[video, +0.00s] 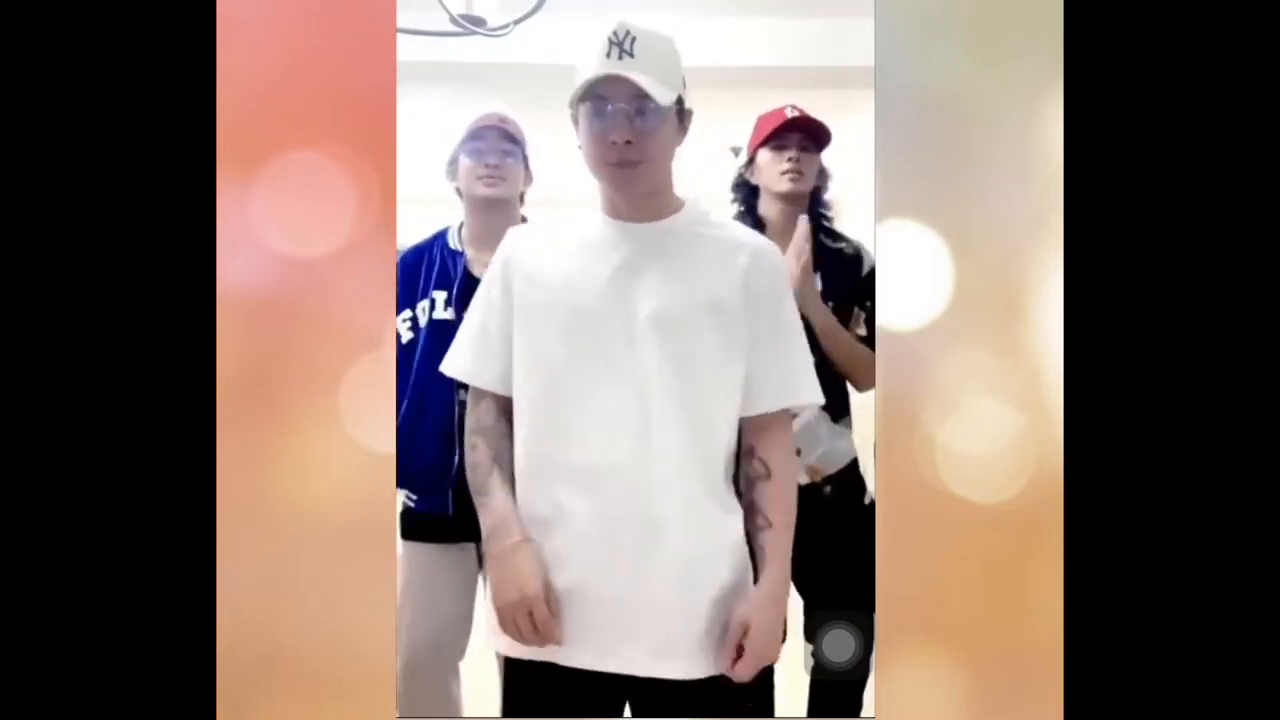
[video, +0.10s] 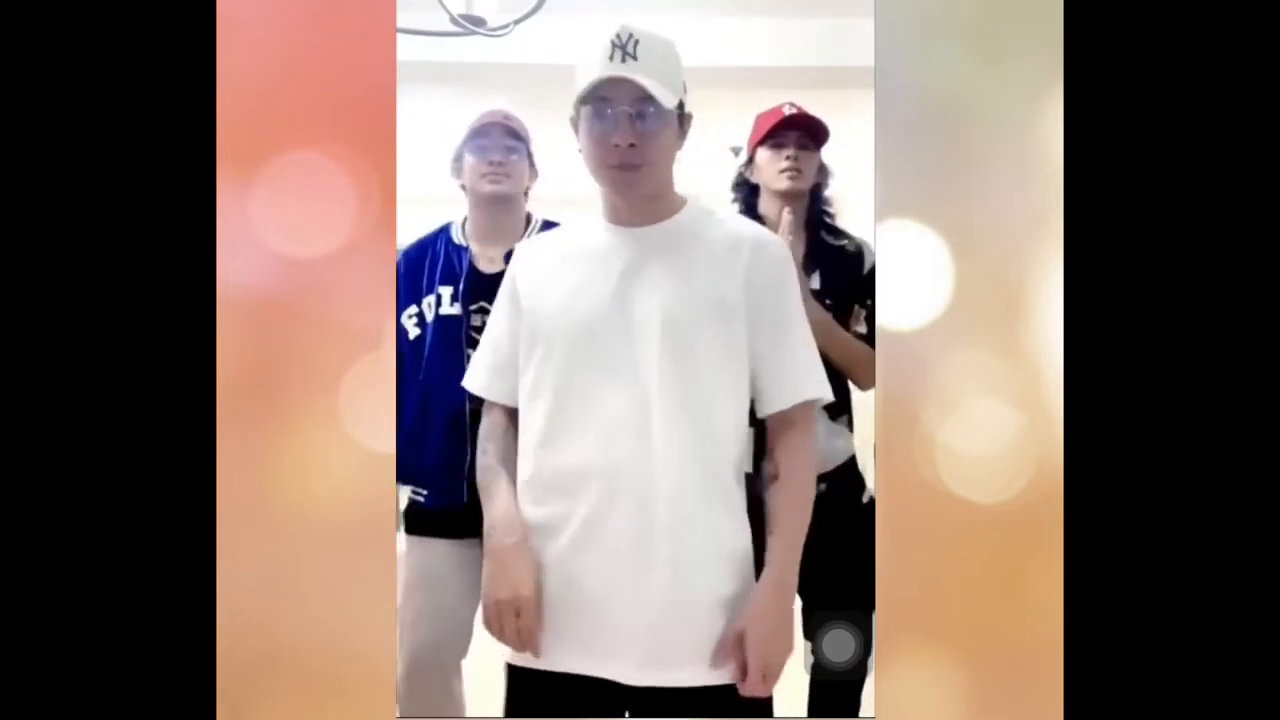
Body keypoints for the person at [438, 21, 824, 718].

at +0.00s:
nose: (620, 129)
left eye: (643, 109)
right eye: (600, 108)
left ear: (682, 125)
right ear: (575, 124)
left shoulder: (748, 264)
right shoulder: (526, 256)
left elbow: (771, 440)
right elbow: (486, 417)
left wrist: (774, 584)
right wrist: (503, 541)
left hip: (705, 639)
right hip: (555, 632)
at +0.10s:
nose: (622, 135)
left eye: (644, 114)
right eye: (602, 114)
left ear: (683, 128)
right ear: (576, 131)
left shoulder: (752, 258)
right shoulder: (537, 264)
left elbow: (795, 434)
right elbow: (497, 422)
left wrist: (778, 592)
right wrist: (504, 538)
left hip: (707, 645)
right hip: (560, 644)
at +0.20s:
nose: (628, 116)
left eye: (650, 96)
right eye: (607, 96)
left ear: (687, 114)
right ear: (580, 118)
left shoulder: (765, 244)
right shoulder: (541, 251)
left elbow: (834, 398)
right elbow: (512, 400)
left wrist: (782, 514)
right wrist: (515, 487)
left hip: (710, 635)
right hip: (564, 628)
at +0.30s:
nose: (634, 117)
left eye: (656, 96)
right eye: (613, 96)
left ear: (693, 115)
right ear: (586, 118)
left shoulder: (770, 234)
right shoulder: (545, 251)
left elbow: (850, 364)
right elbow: (518, 395)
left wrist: (802, 478)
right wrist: (525, 479)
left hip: (720, 616)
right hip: (577, 616)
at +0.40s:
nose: (645, 136)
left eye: (666, 115)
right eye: (623, 115)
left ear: (698, 133)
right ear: (590, 134)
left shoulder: (776, 257)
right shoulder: (542, 272)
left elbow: (854, 408)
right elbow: (509, 429)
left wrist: (825, 533)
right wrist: (522, 529)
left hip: (737, 644)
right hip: (587, 642)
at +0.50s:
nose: (650, 139)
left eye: (672, 117)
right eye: (627, 116)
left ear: (701, 137)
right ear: (594, 136)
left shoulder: (772, 266)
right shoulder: (543, 276)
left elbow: (844, 419)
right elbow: (503, 433)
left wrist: (820, 507)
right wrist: (531, 503)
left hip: (743, 654)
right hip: (587, 655)